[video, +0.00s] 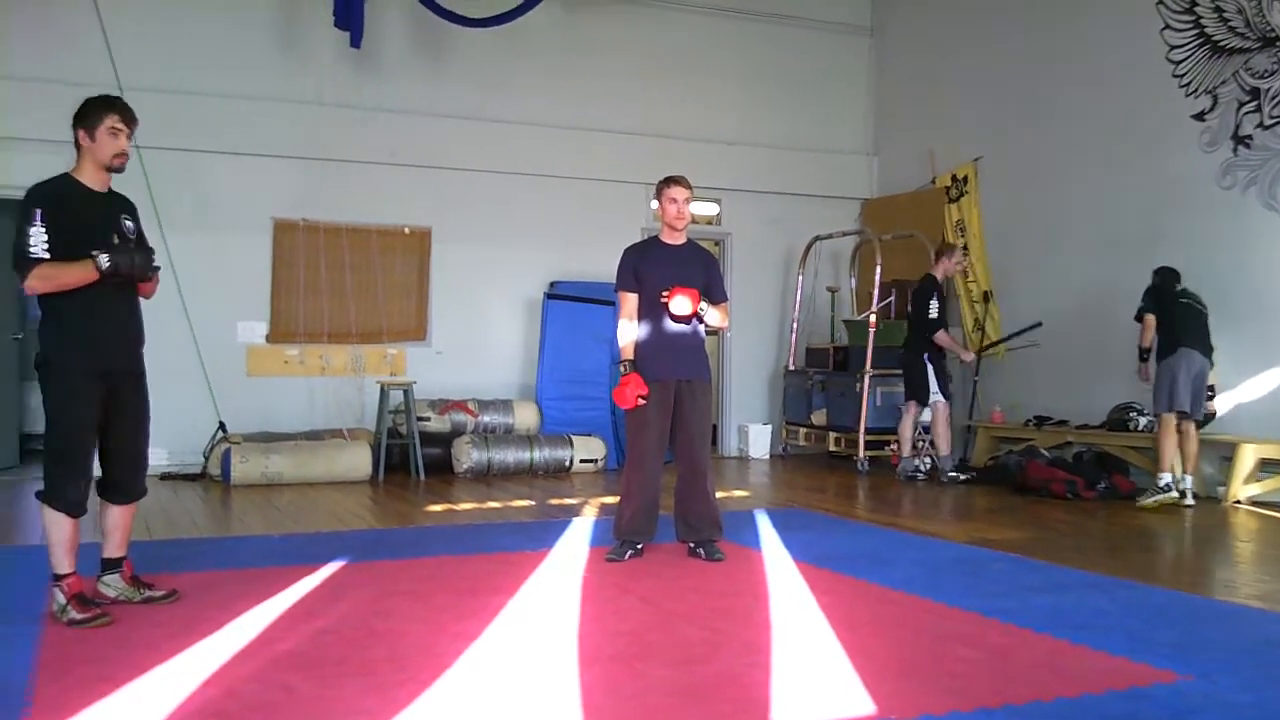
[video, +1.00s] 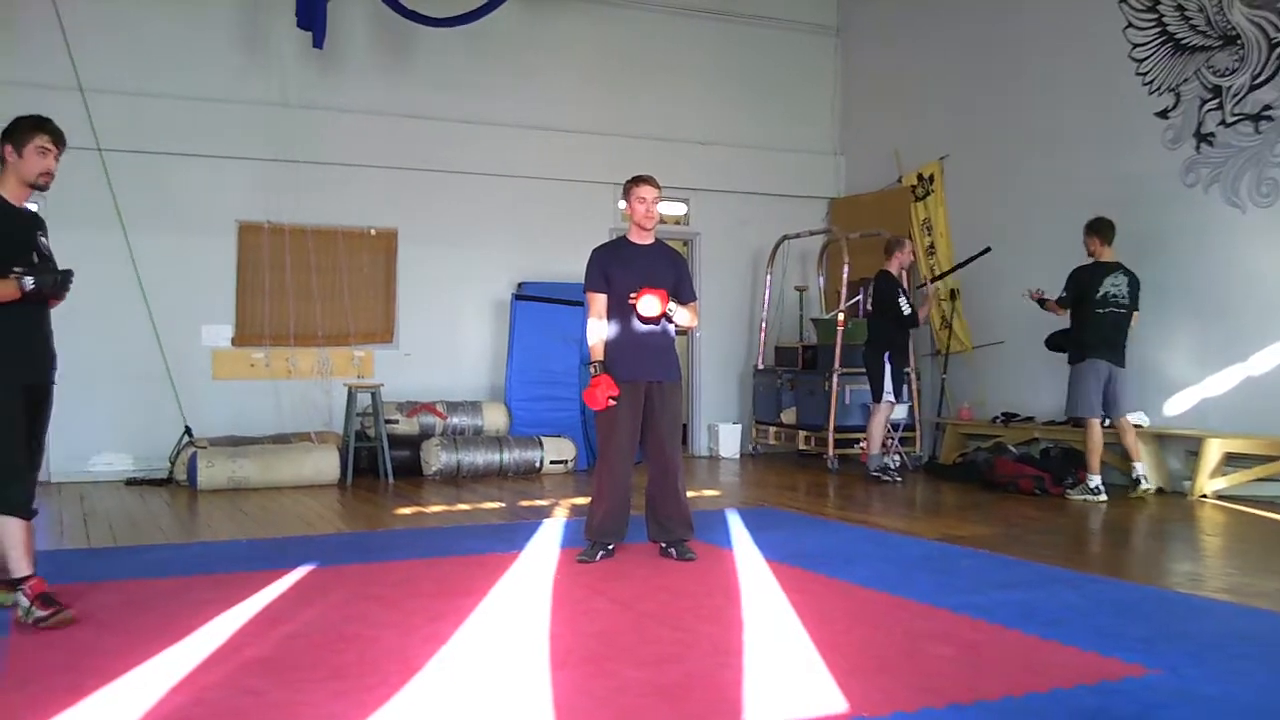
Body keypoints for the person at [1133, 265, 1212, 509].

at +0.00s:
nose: (1152, 282)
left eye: (1154, 279)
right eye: (1155, 279)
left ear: (1156, 280)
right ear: (1178, 282)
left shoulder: (1155, 290)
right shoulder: (1195, 299)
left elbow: (1149, 322)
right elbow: (1205, 342)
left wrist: (1144, 358)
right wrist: (1208, 381)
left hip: (1176, 351)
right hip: (1202, 357)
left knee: (1167, 418)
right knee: (1188, 424)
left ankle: (1164, 484)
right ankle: (1187, 487)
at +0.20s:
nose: (1151, 270)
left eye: (1152, 266)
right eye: (1152, 266)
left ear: (1157, 264)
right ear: (1176, 266)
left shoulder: (1155, 281)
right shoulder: (1196, 289)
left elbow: (1145, 320)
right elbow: (1196, 328)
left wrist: (1138, 350)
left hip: (1172, 353)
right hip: (1198, 357)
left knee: (1156, 418)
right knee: (1187, 423)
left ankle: (1145, 484)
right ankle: (1186, 488)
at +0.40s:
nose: (1153, 255)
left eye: (1155, 250)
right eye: (1154, 249)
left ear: (1164, 250)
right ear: (1180, 252)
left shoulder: (1158, 277)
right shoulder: (1201, 283)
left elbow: (1149, 318)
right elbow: (1207, 327)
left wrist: (1138, 349)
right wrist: (1185, 341)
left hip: (1168, 356)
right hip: (1196, 360)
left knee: (1153, 421)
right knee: (1191, 424)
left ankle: (1136, 484)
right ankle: (1193, 488)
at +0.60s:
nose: (1127, 249)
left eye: (1129, 244)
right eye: (1128, 244)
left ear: (1140, 245)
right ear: (1153, 247)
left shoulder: (1130, 276)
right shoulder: (1174, 282)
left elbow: (1118, 320)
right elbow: (1175, 327)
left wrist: (1101, 337)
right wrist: (1159, 348)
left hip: (1133, 357)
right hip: (1162, 360)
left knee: (1123, 422)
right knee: (1163, 424)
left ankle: (1113, 486)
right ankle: (1170, 486)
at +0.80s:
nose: (1086, 247)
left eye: (1088, 242)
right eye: (1086, 242)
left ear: (1098, 243)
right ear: (1111, 243)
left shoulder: (1086, 274)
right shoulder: (1132, 279)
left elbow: (1062, 315)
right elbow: (1131, 322)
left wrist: (1043, 315)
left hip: (1090, 355)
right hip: (1117, 359)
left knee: (1087, 420)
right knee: (1122, 418)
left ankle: (1083, 484)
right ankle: (1138, 481)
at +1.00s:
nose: (1084, 246)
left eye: (1086, 241)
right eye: (1085, 241)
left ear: (1095, 241)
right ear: (1110, 241)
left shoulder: (1083, 274)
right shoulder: (1130, 277)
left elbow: (1059, 309)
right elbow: (1131, 319)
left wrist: (1040, 299)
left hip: (1089, 354)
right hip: (1116, 356)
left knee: (1093, 420)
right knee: (1121, 417)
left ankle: (1094, 484)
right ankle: (1141, 477)